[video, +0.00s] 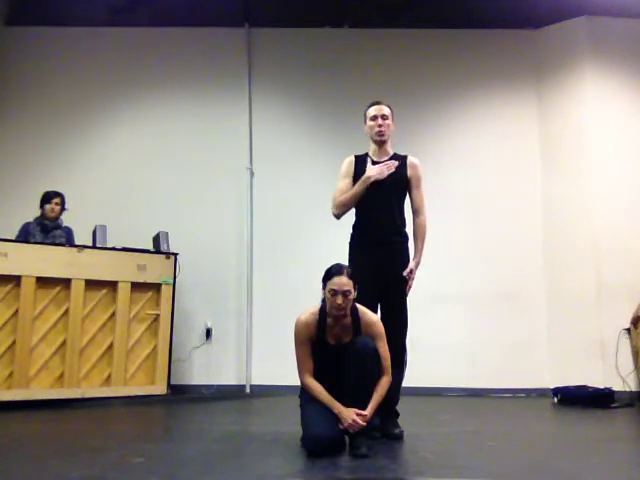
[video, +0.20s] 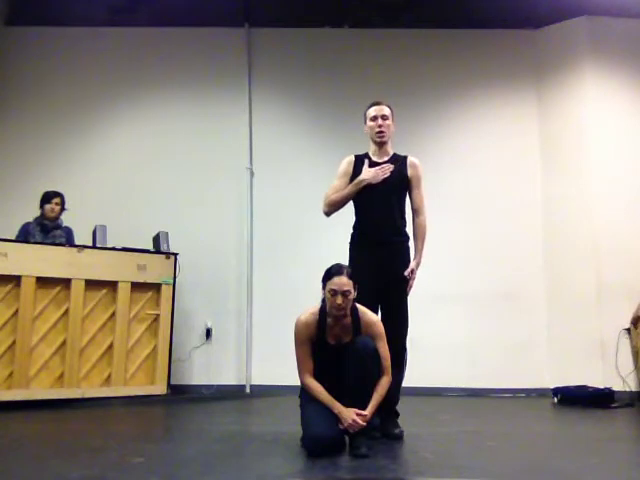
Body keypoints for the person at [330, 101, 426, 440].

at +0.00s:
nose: (380, 122)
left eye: (385, 118)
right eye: (374, 118)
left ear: (393, 125)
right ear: (365, 126)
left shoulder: (409, 166)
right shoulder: (353, 164)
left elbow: (419, 215)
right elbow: (337, 208)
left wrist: (416, 260)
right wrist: (368, 178)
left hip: (394, 257)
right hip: (362, 256)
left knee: (395, 337)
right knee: (359, 336)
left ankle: (388, 415)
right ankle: (359, 416)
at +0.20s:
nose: (380, 123)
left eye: (385, 118)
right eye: (374, 118)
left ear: (393, 125)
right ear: (365, 127)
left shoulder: (410, 166)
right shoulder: (353, 164)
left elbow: (419, 215)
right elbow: (328, 206)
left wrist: (417, 260)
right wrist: (363, 180)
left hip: (396, 258)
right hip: (362, 258)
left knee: (395, 338)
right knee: (359, 336)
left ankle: (388, 415)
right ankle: (359, 416)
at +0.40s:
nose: (380, 123)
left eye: (385, 118)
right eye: (374, 119)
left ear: (393, 125)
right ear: (365, 127)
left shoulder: (410, 166)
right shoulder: (353, 164)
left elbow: (419, 215)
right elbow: (331, 206)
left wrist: (417, 259)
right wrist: (364, 180)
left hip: (395, 257)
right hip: (362, 256)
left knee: (395, 337)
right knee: (359, 336)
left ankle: (388, 415)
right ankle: (359, 416)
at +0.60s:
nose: (380, 124)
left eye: (385, 119)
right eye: (374, 119)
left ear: (393, 125)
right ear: (365, 127)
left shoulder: (409, 166)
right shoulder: (352, 164)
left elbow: (419, 214)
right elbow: (337, 206)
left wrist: (417, 259)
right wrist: (367, 177)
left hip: (394, 256)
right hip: (362, 256)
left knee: (395, 337)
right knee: (359, 336)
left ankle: (388, 415)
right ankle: (359, 416)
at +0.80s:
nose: (381, 124)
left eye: (385, 119)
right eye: (375, 119)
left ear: (393, 125)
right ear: (365, 127)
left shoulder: (409, 166)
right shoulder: (353, 164)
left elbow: (419, 215)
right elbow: (333, 205)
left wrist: (416, 259)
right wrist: (366, 177)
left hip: (394, 258)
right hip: (362, 257)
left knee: (395, 337)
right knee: (358, 336)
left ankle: (388, 415)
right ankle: (358, 416)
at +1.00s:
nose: (381, 124)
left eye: (386, 119)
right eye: (375, 120)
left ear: (394, 125)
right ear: (366, 127)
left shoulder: (409, 166)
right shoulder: (353, 163)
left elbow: (419, 215)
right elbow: (332, 205)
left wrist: (416, 259)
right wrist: (365, 177)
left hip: (394, 257)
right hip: (362, 257)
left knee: (395, 337)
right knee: (358, 336)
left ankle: (388, 415)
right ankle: (359, 416)